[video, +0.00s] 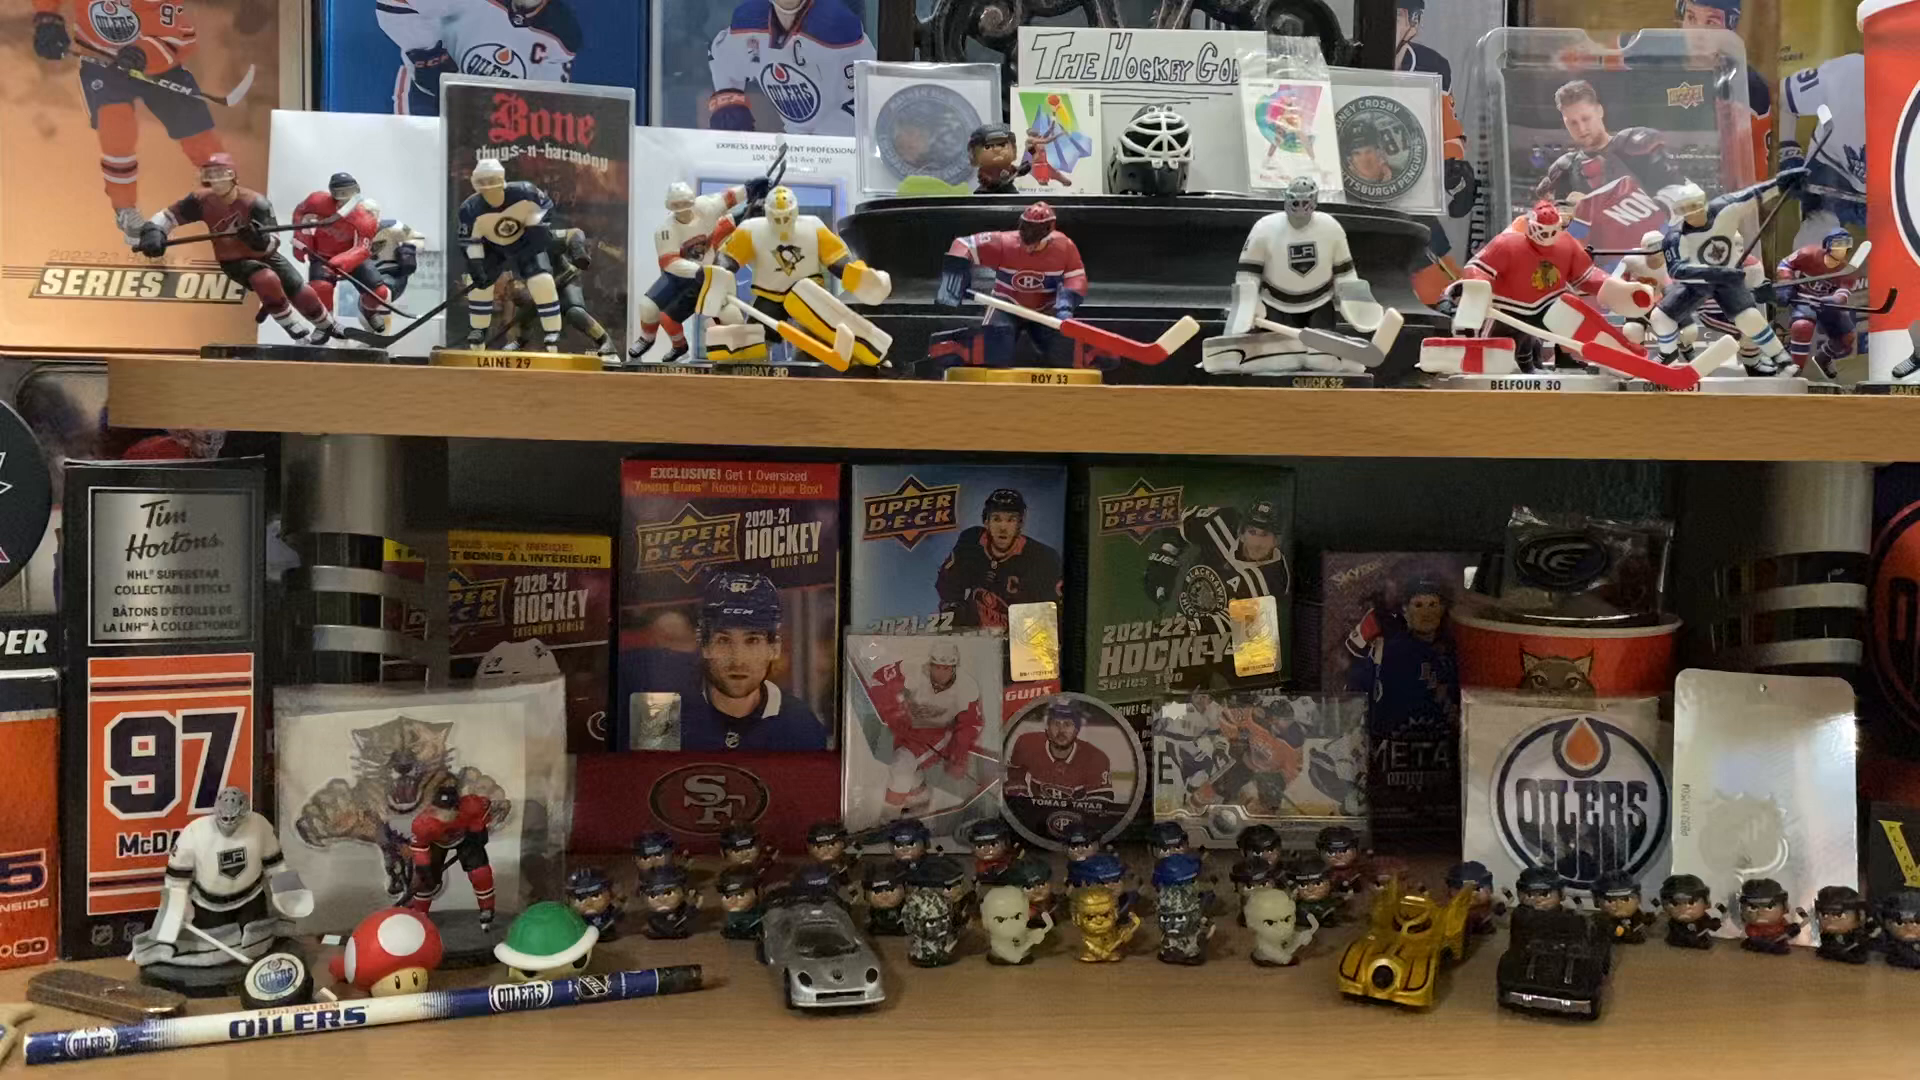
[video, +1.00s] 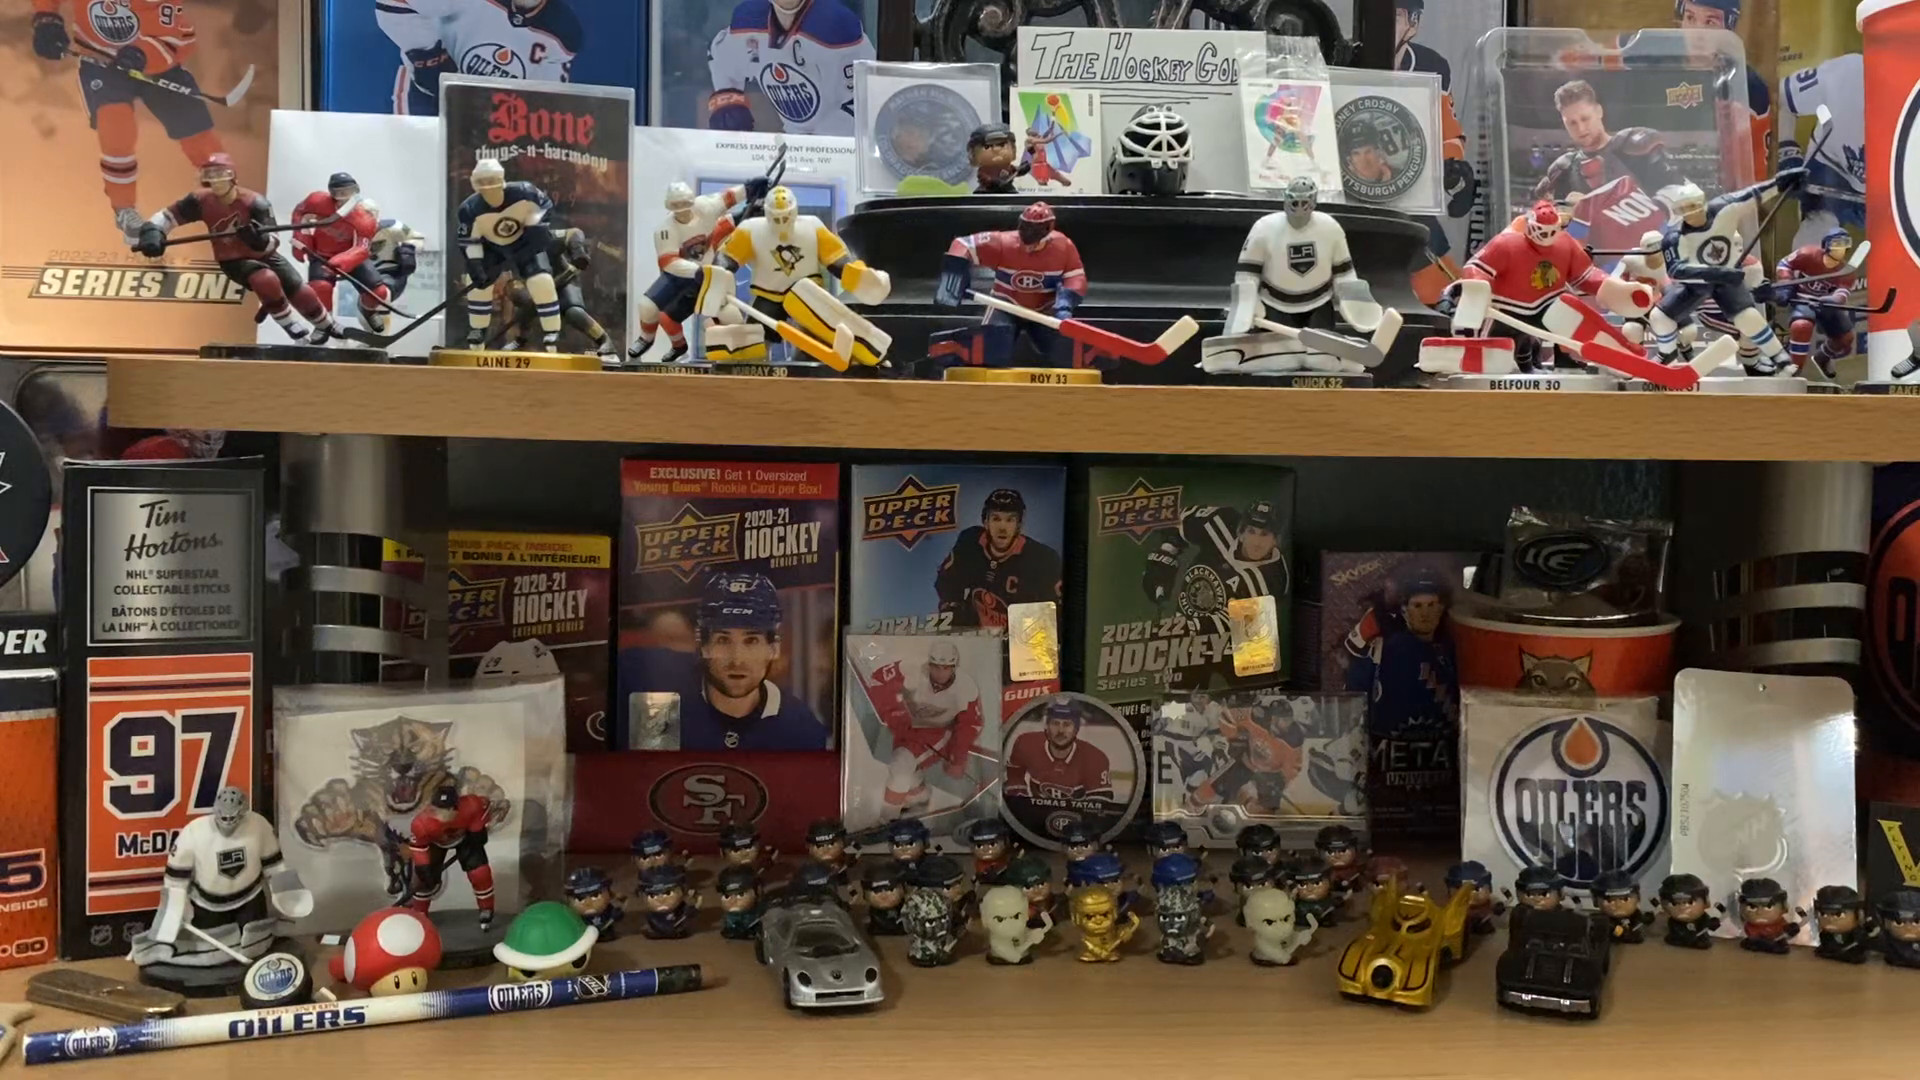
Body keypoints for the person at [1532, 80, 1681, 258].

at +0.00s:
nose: (1582, 129)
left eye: (1586, 119)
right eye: (1573, 123)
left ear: (1600, 111)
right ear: (1564, 122)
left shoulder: (1637, 145)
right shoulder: (1562, 170)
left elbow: (1680, 189)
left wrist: (1651, 213)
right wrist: (1562, 215)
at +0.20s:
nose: (1582, 130)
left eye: (1586, 119)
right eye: (1573, 123)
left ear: (1600, 112)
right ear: (1564, 123)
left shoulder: (1637, 146)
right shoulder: (1563, 170)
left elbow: (1678, 189)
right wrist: (1565, 212)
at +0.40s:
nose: (1581, 129)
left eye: (1585, 118)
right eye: (1572, 123)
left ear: (1599, 111)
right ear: (1564, 124)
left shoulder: (1637, 146)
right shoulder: (1563, 169)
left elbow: (1679, 189)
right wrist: (1563, 212)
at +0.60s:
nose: (1581, 130)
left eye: (1585, 119)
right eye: (1572, 123)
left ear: (1599, 112)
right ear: (1563, 124)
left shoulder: (1636, 146)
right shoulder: (1564, 169)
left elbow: (1677, 189)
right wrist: (1564, 212)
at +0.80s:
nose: (1581, 129)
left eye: (1585, 119)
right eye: (1572, 123)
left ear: (1599, 111)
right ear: (1564, 124)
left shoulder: (1636, 147)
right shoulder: (1563, 170)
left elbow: (1678, 188)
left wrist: (1649, 215)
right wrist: (1565, 211)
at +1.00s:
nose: (1581, 129)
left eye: (1585, 119)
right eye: (1572, 123)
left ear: (1599, 111)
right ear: (1564, 124)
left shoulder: (1636, 147)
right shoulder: (1563, 170)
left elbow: (1678, 188)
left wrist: (1649, 215)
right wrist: (1565, 212)